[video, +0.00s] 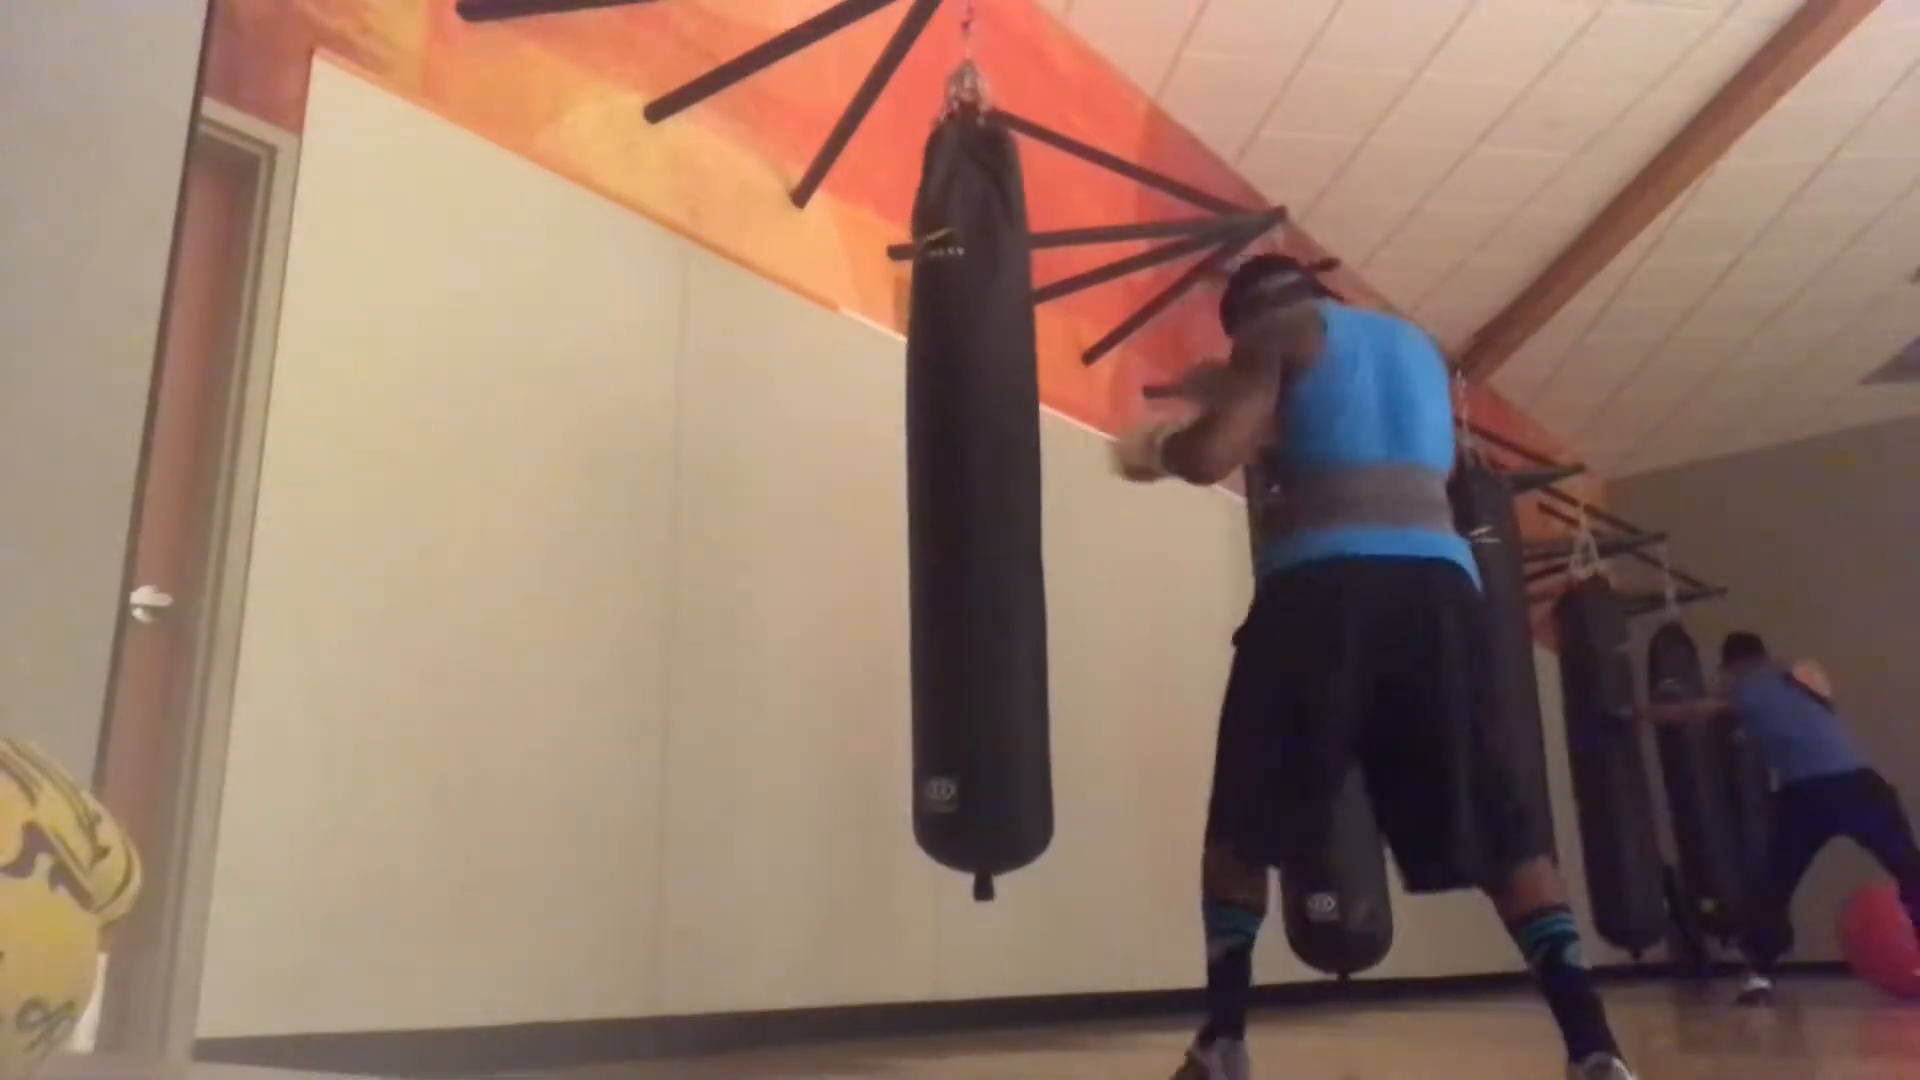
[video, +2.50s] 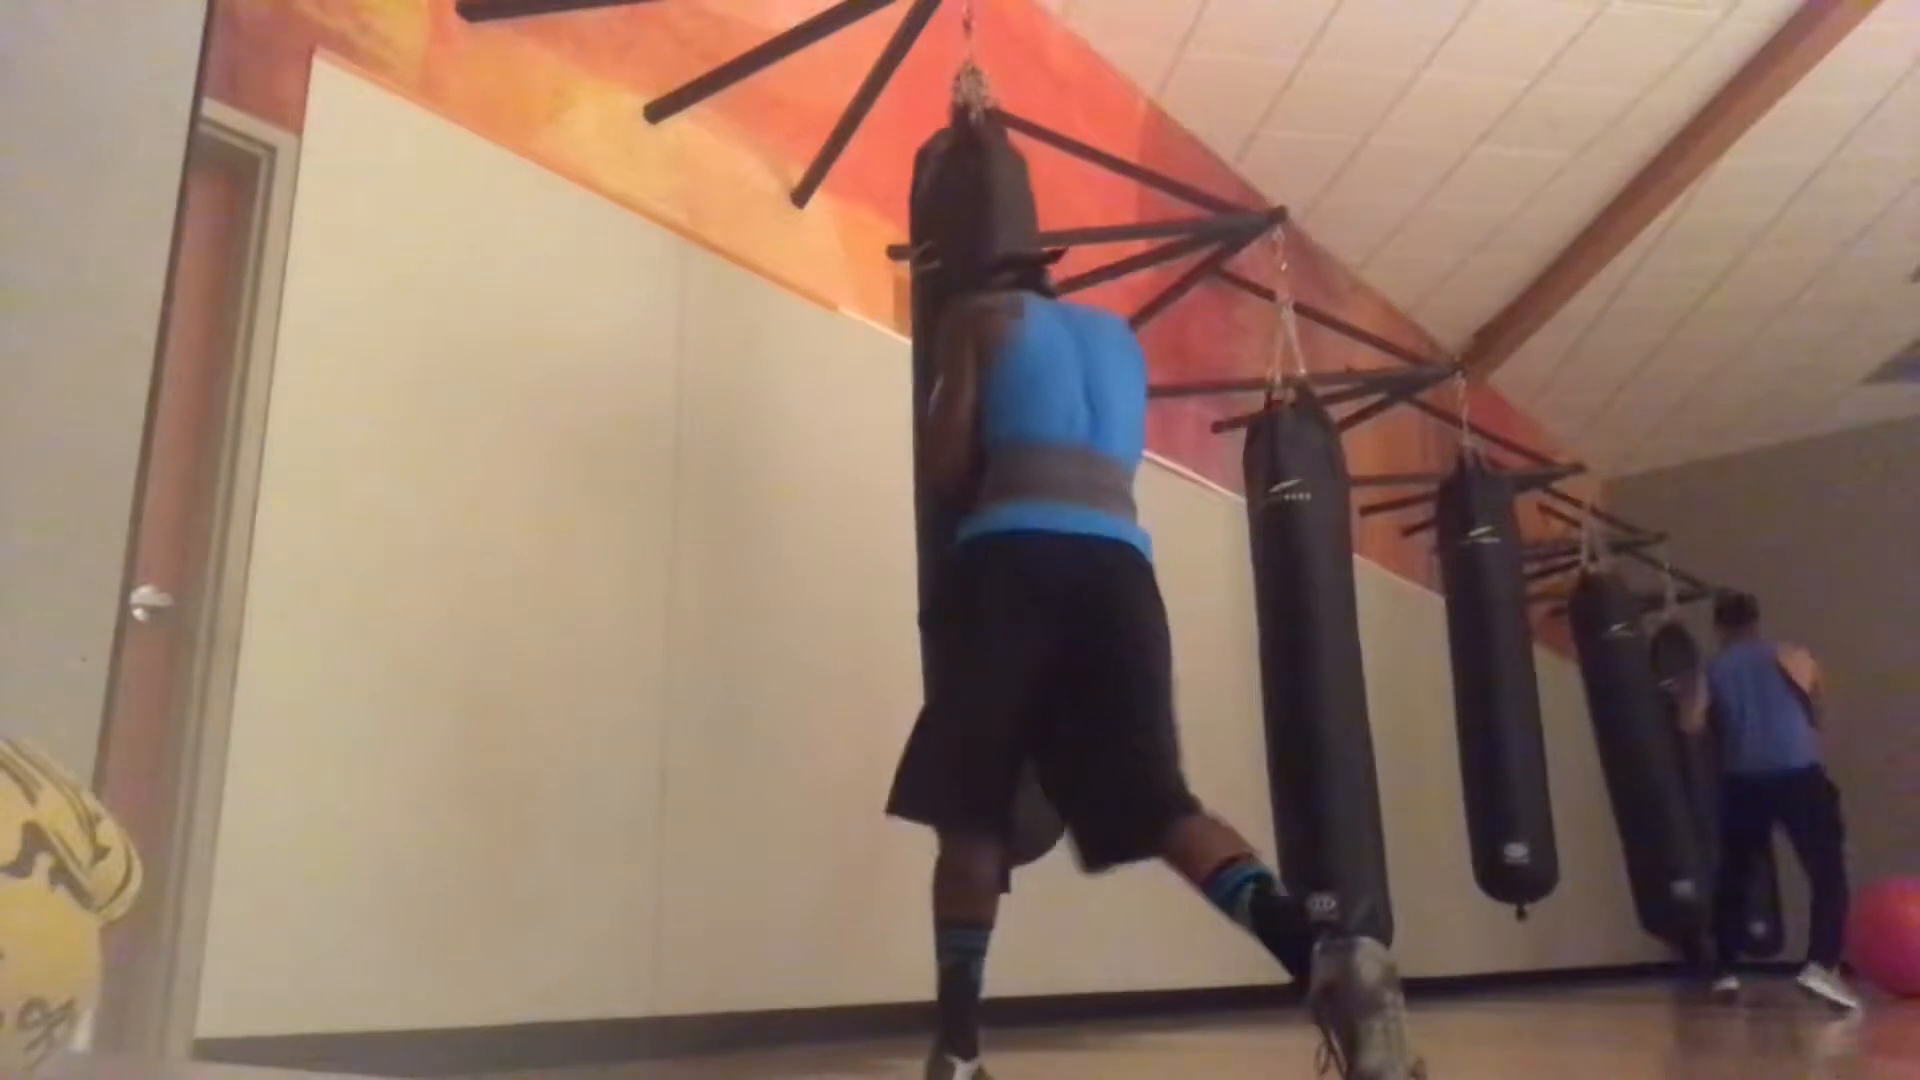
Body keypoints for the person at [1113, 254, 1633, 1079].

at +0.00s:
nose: (1242, 348)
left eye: (1242, 336)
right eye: (1240, 338)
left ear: (1255, 312)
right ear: (1314, 287)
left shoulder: (1276, 327)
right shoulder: (1419, 344)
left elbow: (1214, 453)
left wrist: (1162, 450)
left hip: (1320, 599)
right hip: (1442, 597)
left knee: (1241, 819)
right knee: (1496, 818)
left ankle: (1224, 1039)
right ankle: (1593, 1046)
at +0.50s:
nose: (1207, 311)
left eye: (1209, 298)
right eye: (1204, 302)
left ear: (1224, 274)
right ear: (1292, 248)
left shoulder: (1234, 295)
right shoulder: (1392, 300)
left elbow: (1148, 412)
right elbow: (1445, 366)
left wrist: (1108, 411)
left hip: (1284, 568)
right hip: (1413, 564)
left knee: (1236, 812)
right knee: (1486, 804)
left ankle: (1196, 1043)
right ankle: (1571, 1046)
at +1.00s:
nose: (1193, 268)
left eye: (1193, 253)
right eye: (1193, 254)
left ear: (1211, 231)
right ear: (1279, 214)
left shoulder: (1205, 254)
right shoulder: (1376, 260)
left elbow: (1060, 369)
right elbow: (1433, 359)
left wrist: (1012, 369)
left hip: (1256, 544)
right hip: (1390, 539)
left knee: (1215, 794)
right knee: (1458, 790)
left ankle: (1180, 1048)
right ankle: (1534, 1043)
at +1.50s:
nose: (1139, 264)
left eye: (1143, 250)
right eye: (1142, 252)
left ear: (1167, 237)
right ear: (1251, 226)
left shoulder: (1150, 266)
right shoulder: (1313, 269)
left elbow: (1030, 384)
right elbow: (1323, 395)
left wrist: (997, 382)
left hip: (1177, 539)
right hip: (1303, 536)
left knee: (1151, 798)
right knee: (1397, 786)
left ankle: (1127, 1051)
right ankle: (1441, 1028)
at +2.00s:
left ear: (1098, 325)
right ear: (1177, 309)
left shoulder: (1063, 372)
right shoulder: (1242, 327)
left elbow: (994, 513)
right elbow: (1253, 488)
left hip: (1075, 595)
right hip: (1196, 592)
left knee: (1061, 816)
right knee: (1315, 813)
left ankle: (994, 1042)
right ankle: (1282, 1041)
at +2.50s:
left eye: (976, 293)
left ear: (985, 284)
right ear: (1051, 279)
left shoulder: (979, 318)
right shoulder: (1119, 338)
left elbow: (947, 462)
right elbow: (1115, 462)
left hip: (1007, 571)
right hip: (1118, 576)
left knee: (971, 806)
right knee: (1158, 800)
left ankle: (955, 1047)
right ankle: (1317, 955)